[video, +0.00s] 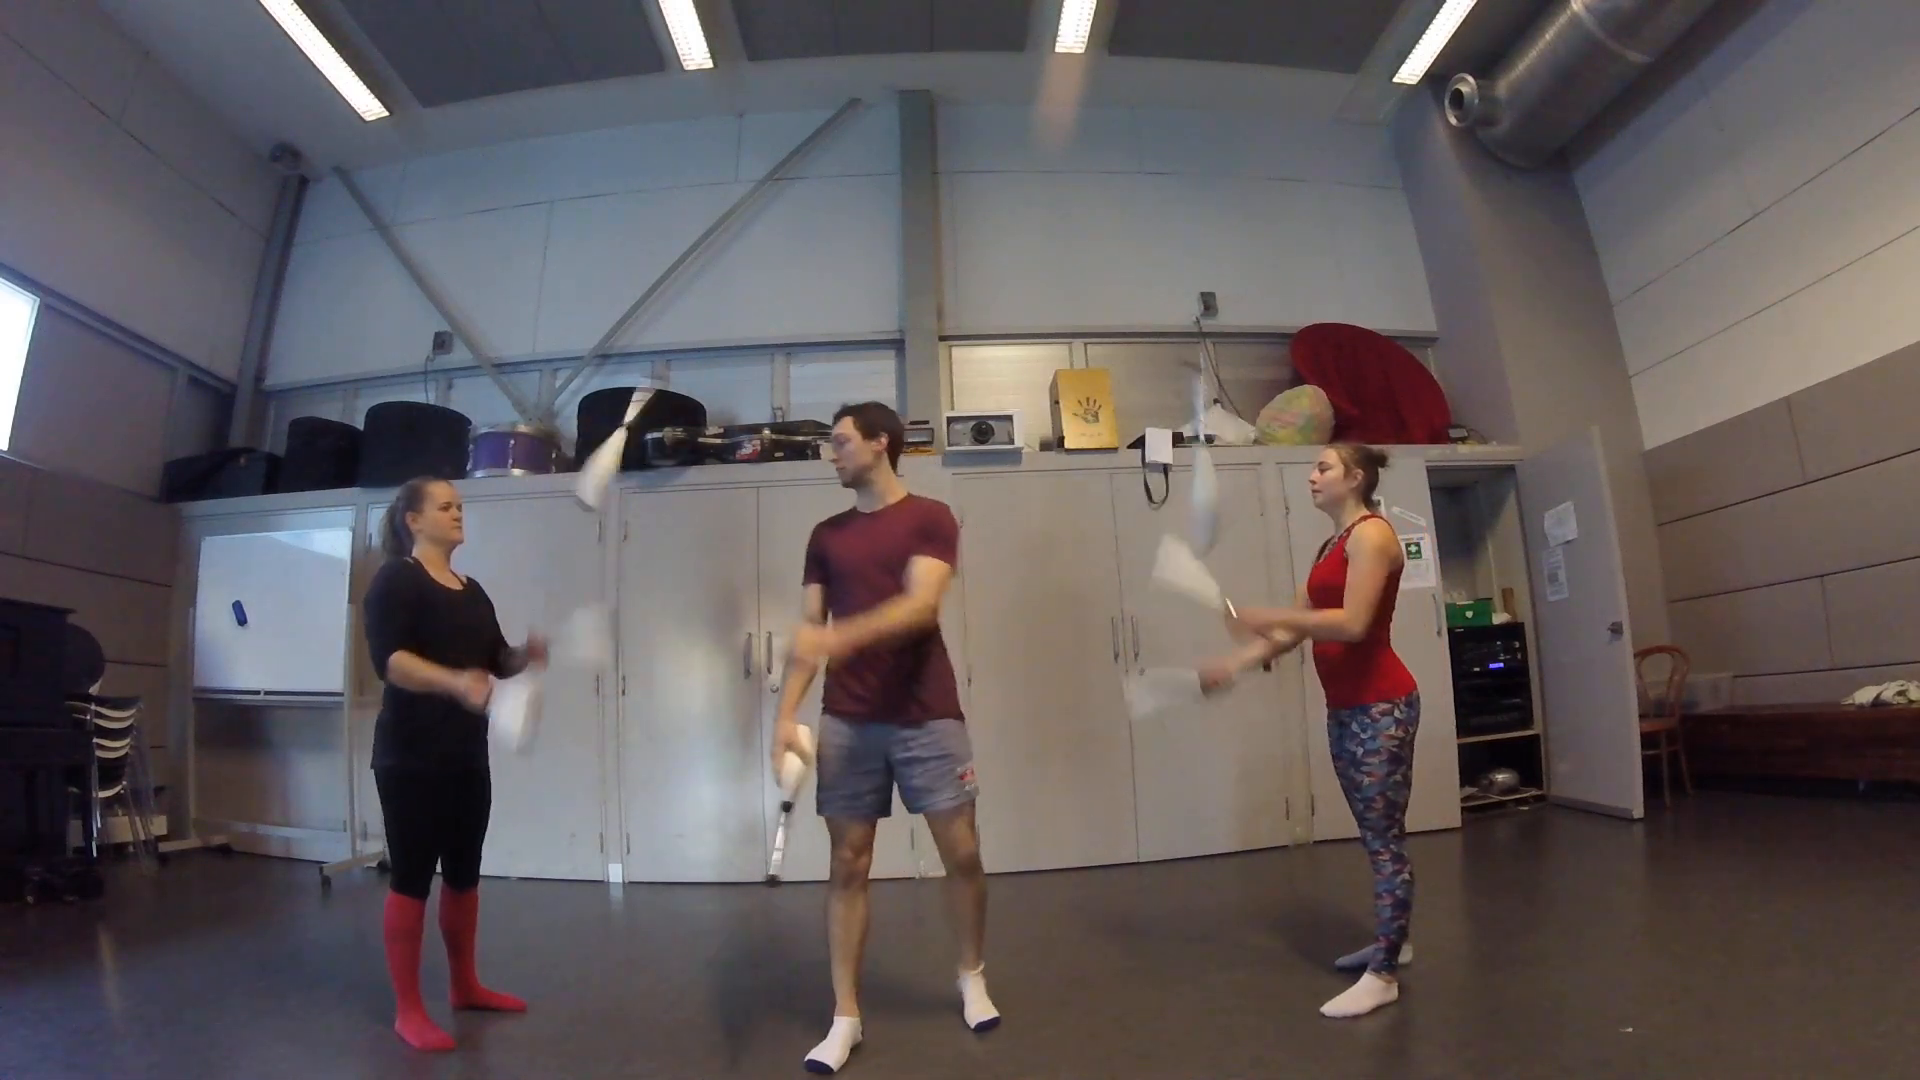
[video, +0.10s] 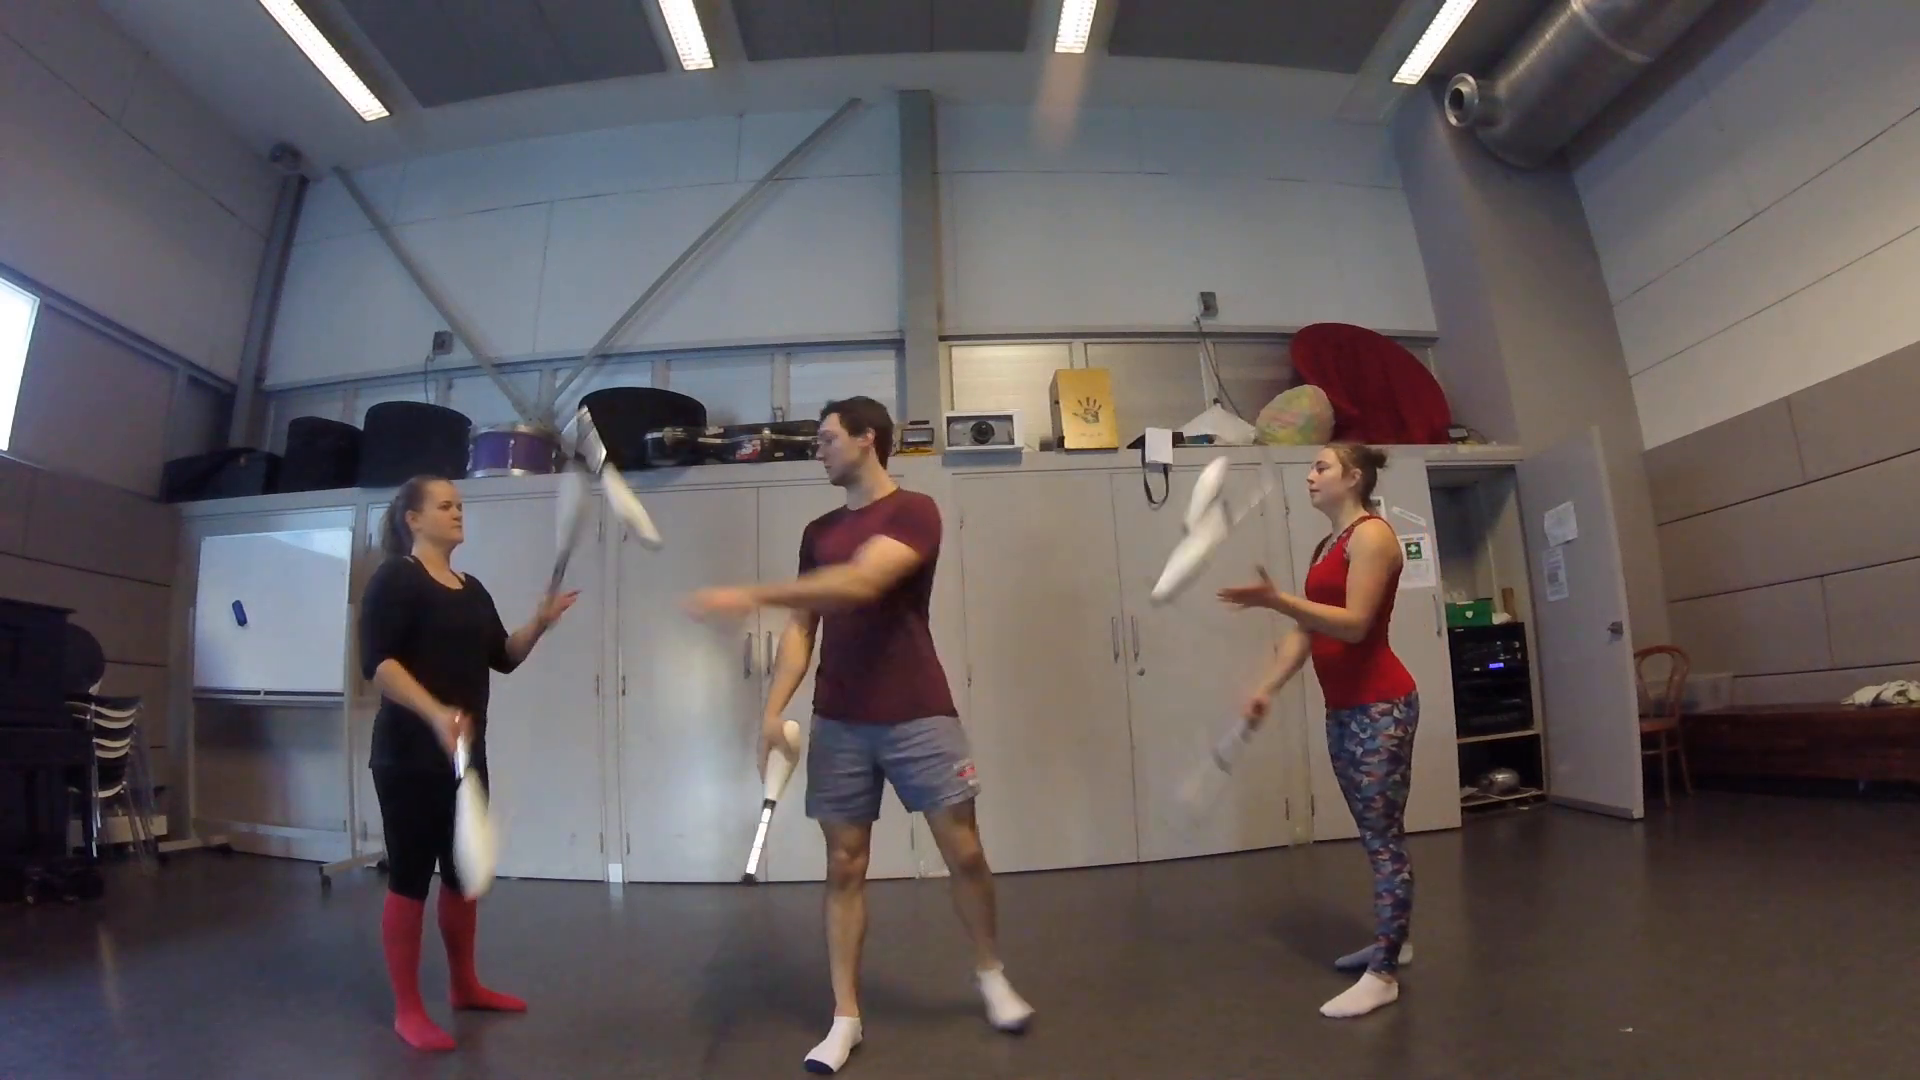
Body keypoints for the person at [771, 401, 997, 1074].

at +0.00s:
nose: (831, 453)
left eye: (842, 442)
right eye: (832, 443)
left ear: (882, 446)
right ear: (858, 451)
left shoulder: (931, 517)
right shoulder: (827, 535)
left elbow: (923, 607)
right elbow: (813, 632)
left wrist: (837, 638)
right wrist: (786, 716)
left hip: (926, 716)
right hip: (849, 722)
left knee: (964, 855)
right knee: (849, 865)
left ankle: (971, 973)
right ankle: (845, 1015)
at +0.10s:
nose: (818, 451)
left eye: (827, 440)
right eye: (817, 442)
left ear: (868, 442)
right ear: (855, 445)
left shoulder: (915, 511)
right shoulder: (820, 535)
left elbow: (863, 583)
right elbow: (802, 630)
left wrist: (755, 596)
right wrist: (774, 711)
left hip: (917, 714)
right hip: (839, 720)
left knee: (966, 854)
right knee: (844, 866)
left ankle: (990, 971)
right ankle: (845, 1018)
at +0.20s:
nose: (808, 452)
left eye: (815, 439)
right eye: (807, 442)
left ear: (855, 436)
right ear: (847, 439)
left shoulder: (899, 505)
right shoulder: (823, 533)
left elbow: (815, 560)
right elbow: (803, 633)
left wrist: (698, 573)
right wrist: (770, 711)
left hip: (911, 714)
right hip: (834, 721)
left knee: (965, 857)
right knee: (845, 867)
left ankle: (1009, 984)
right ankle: (847, 1017)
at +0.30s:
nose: (800, 451)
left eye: (807, 439)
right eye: (800, 441)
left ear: (844, 435)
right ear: (842, 437)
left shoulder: (888, 504)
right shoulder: (836, 527)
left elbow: (781, 552)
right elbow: (811, 636)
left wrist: (677, 572)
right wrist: (774, 714)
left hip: (908, 713)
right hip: (836, 722)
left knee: (965, 855)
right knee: (847, 869)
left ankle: (1012, 983)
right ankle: (847, 1016)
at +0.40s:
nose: (796, 451)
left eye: (802, 439)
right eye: (795, 440)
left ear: (839, 434)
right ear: (838, 435)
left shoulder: (881, 502)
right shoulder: (836, 522)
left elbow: (768, 553)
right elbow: (819, 637)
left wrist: (667, 579)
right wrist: (780, 715)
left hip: (909, 711)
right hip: (838, 721)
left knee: (966, 855)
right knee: (849, 870)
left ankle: (1015, 981)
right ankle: (848, 1016)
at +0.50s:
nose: (798, 452)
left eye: (804, 439)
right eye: (797, 441)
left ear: (842, 434)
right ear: (839, 436)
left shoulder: (883, 499)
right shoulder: (838, 521)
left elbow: (772, 554)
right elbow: (821, 635)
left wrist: (671, 586)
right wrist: (781, 716)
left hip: (912, 710)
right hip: (841, 720)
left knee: (969, 855)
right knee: (851, 870)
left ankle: (1015, 982)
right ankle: (849, 1015)